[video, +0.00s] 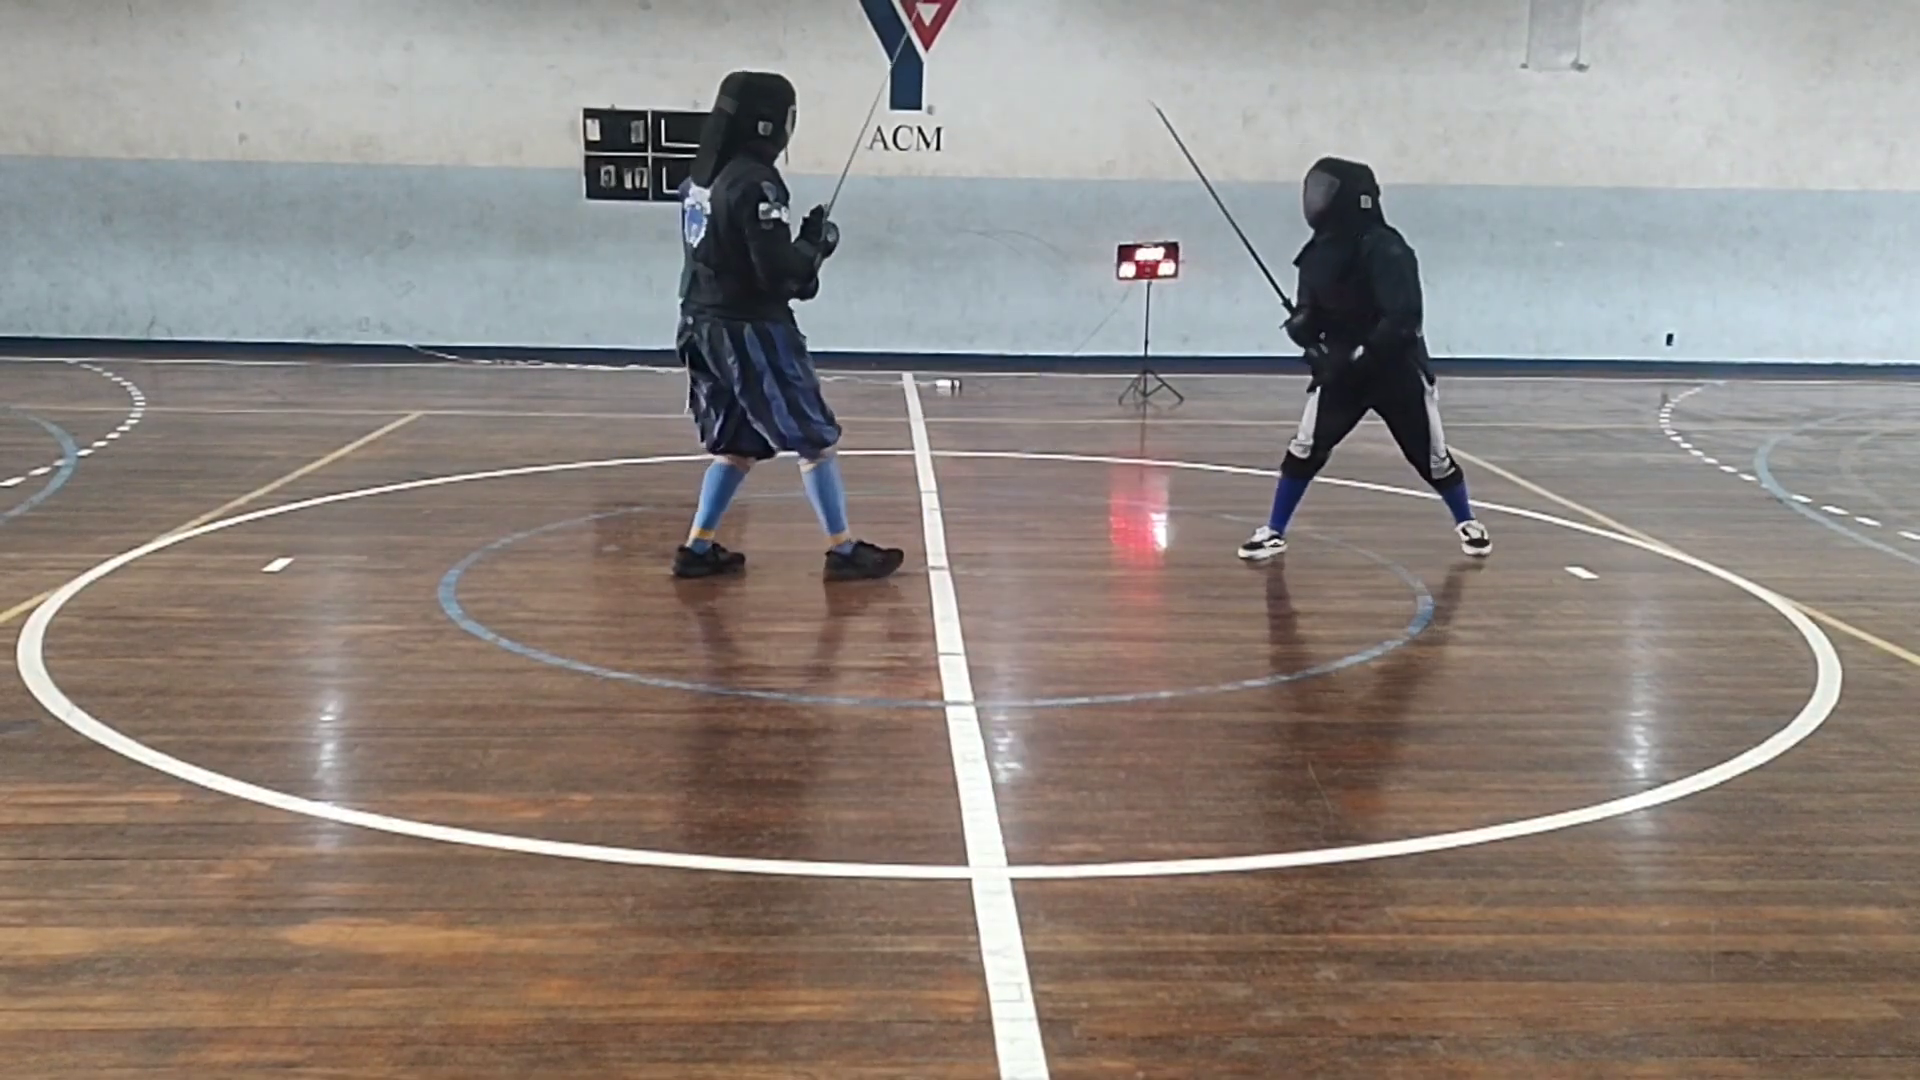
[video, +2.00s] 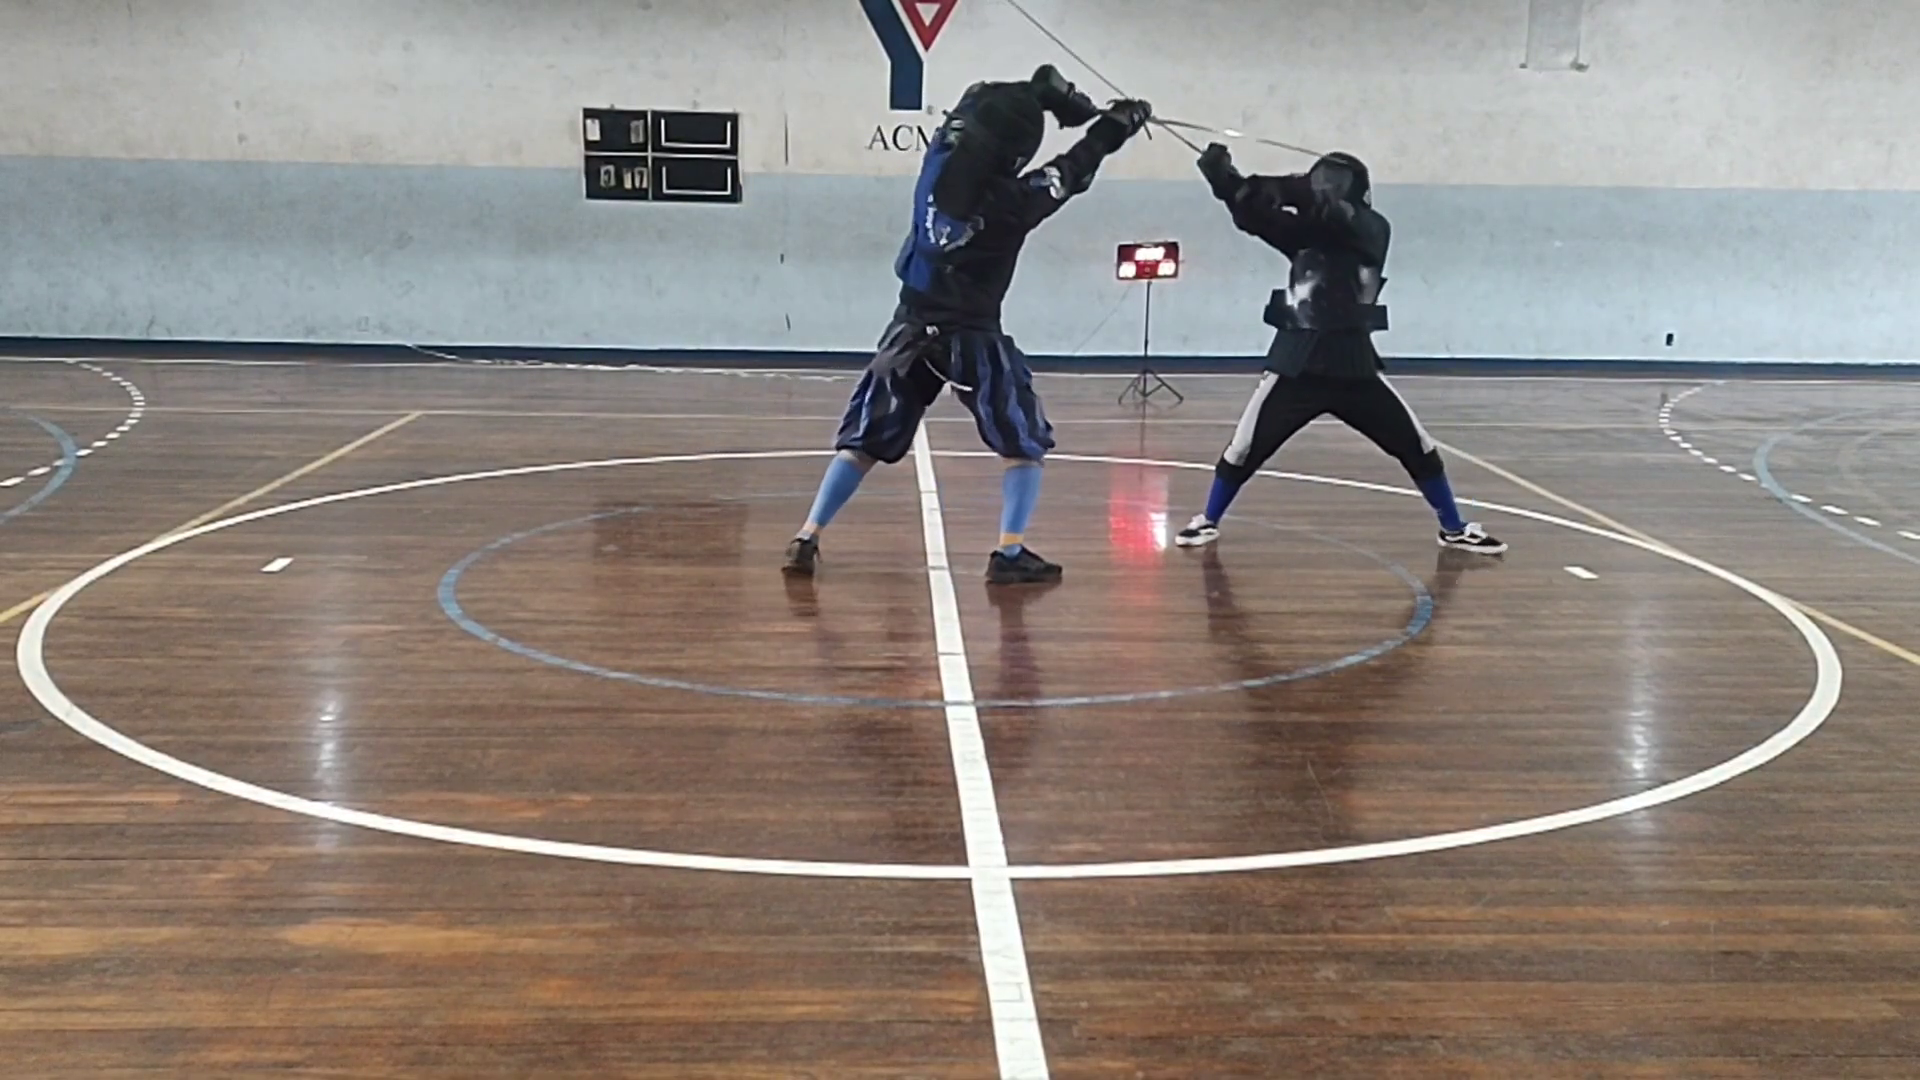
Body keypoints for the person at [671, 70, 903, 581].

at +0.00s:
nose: (789, 131)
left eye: (789, 121)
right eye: (786, 121)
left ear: (732, 120)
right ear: (767, 126)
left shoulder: (703, 173)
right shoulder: (757, 184)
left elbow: (728, 259)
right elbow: (785, 274)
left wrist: (798, 241)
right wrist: (814, 246)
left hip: (705, 325)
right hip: (754, 329)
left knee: (742, 440)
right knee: (814, 435)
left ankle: (698, 545)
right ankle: (844, 547)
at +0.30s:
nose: (853, 142)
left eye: (853, 131)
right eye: (851, 131)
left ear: (798, 127)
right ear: (834, 135)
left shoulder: (762, 180)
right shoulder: (819, 190)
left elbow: (777, 264)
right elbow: (835, 274)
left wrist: (853, 282)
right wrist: (871, 256)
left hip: (746, 327)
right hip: (803, 332)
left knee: (755, 444)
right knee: (872, 433)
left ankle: (715, 549)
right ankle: (905, 544)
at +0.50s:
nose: (901, 148)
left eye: (901, 138)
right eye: (898, 139)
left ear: (846, 136)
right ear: (880, 144)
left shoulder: (812, 187)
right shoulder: (869, 201)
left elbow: (828, 269)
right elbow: (892, 285)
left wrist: (904, 270)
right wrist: (925, 264)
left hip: (792, 333)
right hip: (853, 338)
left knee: (772, 445)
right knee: (932, 423)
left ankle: (716, 547)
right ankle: (940, 535)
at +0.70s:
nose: (933, 154)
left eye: (932, 145)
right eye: (931, 146)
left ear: (875, 141)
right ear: (919, 151)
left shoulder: (847, 194)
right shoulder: (918, 208)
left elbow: (890, 274)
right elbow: (968, 286)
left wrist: (961, 282)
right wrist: (1000, 262)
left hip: (828, 333)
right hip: (893, 341)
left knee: (785, 443)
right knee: (957, 443)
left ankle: (716, 540)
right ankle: (1002, 551)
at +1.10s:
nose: (962, 152)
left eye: (958, 143)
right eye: (959, 143)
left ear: (905, 142)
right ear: (948, 151)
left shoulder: (879, 186)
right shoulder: (948, 206)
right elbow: (1025, 252)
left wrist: (983, 222)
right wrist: (1063, 227)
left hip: (855, 336)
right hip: (920, 343)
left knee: (808, 443)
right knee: (991, 435)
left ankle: (732, 531)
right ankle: (1008, 550)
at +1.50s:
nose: (987, 147)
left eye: (988, 141)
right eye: (984, 139)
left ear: (935, 137)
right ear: (972, 148)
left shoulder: (905, 172)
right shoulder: (974, 199)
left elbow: (967, 173)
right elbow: (1046, 212)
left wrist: (1014, 166)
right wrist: (1096, 196)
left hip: (875, 335)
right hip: (938, 341)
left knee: (828, 437)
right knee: (1005, 435)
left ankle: (757, 533)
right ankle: (1010, 552)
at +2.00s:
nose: (1033, 156)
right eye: (1030, 148)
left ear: (974, 128)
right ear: (1016, 151)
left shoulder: (937, 162)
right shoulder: (1014, 202)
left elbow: (981, 100)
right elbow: (1074, 169)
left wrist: (1045, 94)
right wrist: (1113, 126)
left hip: (910, 328)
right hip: (975, 336)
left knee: (869, 434)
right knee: (1025, 441)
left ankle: (806, 537)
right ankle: (1009, 552)